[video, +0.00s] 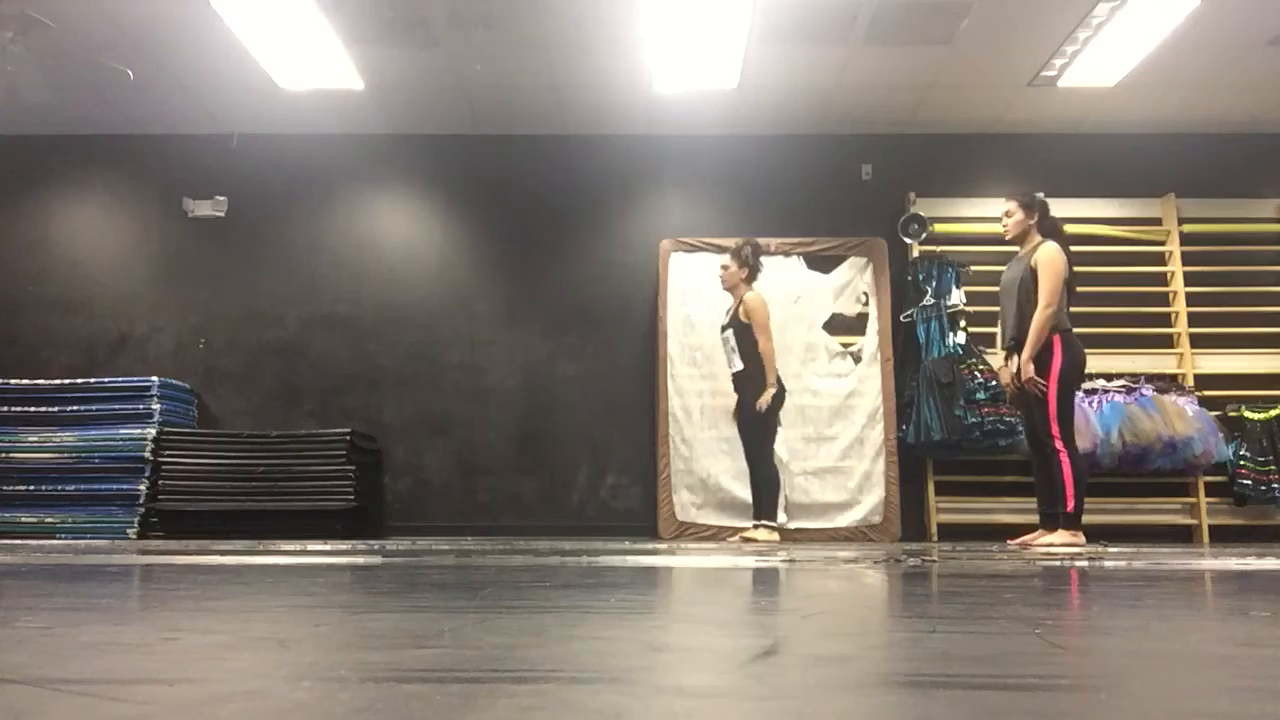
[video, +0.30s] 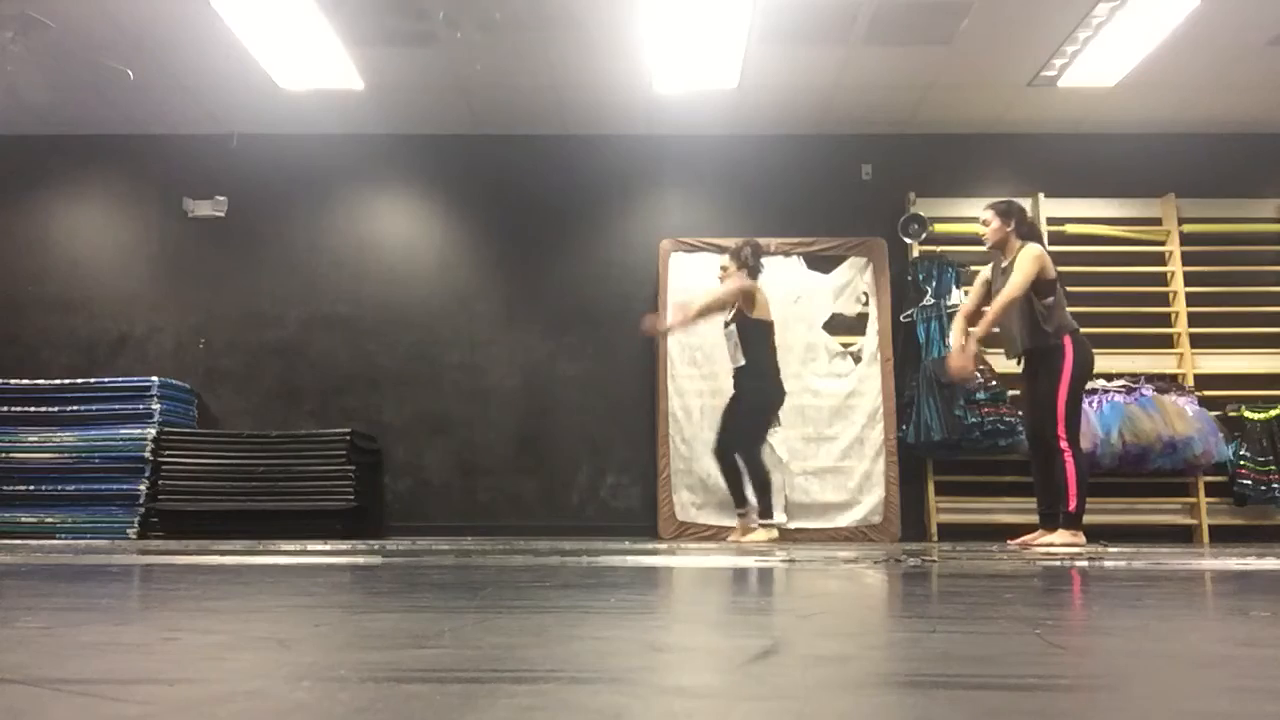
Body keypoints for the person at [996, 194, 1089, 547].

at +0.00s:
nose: (1003, 221)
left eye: (1009, 215)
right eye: (1002, 216)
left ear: (1032, 216)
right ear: (1015, 220)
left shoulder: (1049, 251)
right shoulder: (1017, 260)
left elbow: (1048, 308)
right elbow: (1009, 314)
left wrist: (1026, 357)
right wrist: (1004, 358)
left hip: (1053, 349)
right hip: (1029, 354)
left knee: (1057, 438)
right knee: (1039, 440)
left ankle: (1071, 528)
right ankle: (1050, 525)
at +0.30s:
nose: (981, 230)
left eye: (987, 223)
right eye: (981, 224)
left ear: (1010, 224)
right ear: (997, 227)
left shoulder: (1032, 254)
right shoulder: (990, 271)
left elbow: (1007, 298)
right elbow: (964, 312)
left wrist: (974, 341)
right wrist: (956, 348)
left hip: (1064, 352)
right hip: (1036, 357)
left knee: (1060, 436)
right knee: (1038, 437)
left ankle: (1071, 529)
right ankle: (1049, 526)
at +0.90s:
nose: (998, 271)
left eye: (1003, 263)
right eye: (997, 265)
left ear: (1027, 261)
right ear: (1021, 265)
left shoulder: (1047, 288)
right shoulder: (1018, 301)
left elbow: (1092, 325)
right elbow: (1055, 353)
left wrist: (1109, 374)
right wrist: (1060, 405)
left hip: (1041, 385)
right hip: (1016, 388)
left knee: (991, 441)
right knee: (976, 452)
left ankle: (1052, 511)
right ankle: (1033, 518)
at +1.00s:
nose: (974, 291)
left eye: (980, 284)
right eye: (975, 284)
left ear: (1000, 284)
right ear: (994, 285)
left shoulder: (1012, 311)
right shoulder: (998, 320)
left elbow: (1061, 327)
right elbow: (1023, 366)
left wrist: (1066, 385)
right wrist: (1016, 406)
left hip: (1062, 404)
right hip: (1040, 406)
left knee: (1008, 451)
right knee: (995, 456)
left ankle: (1065, 521)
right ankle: (1042, 526)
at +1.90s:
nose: (1087, 209)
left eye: (1092, 204)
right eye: (1079, 203)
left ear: (1098, 212)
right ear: (1059, 211)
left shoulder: (1116, 247)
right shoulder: (1055, 251)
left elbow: (1175, 231)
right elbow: (1023, 225)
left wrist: (1229, 217)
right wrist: (995, 194)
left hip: (1107, 346)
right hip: (1064, 340)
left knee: (1075, 439)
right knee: (1047, 387)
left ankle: (1044, 521)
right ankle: (1012, 456)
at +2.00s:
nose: (1094, 222)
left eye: (1100, 217)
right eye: (1086, 215)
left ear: (1104, 226)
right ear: (1067, 222)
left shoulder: (1117, 258)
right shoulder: (1059, 262)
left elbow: (1173, 237)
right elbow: (1052, 260)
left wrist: (1229, 210)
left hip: (1118, 358)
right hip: (1075, 350)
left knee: (1084, 441)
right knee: (1086, 398)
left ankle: (1035, 524)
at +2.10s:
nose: (1111, 227)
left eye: (1115, 222)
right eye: (1102, 222)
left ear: (1121, 229)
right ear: (1083, 233)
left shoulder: (1137, 258)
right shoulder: (1076, 280)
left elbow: (1179, 254)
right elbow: (1103, 301)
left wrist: (1203, 221)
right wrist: (1140, 278)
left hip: (1135, 370)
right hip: (1094, 366)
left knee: (1093, 449)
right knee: (1138, 419)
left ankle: (1037, 524)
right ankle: (1150, 519)